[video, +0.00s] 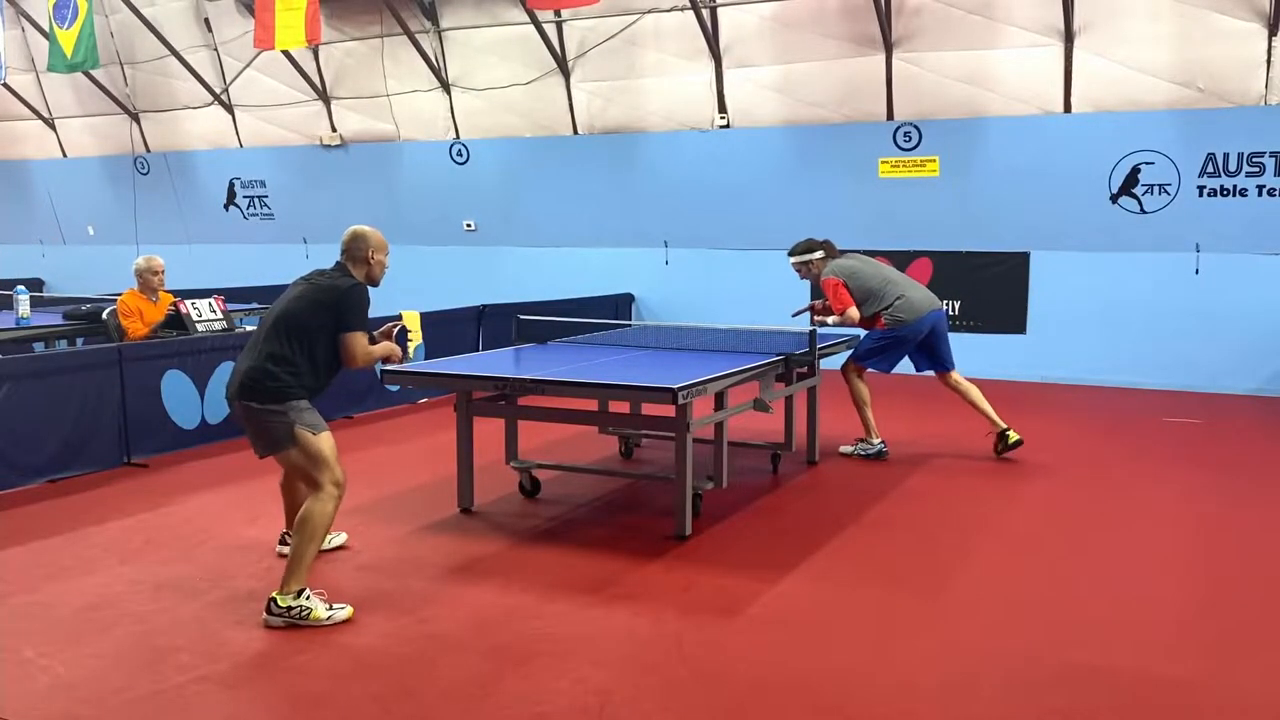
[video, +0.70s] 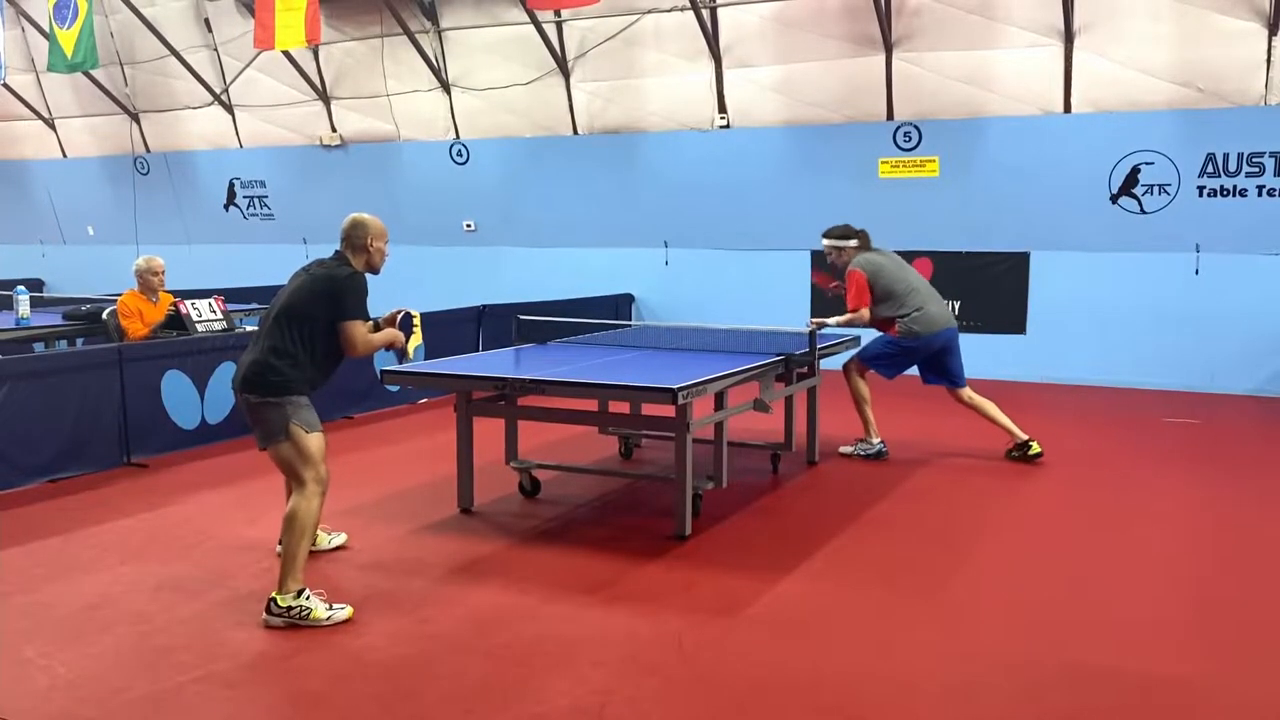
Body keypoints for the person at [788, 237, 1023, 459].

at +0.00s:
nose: (800, 276)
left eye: (800, 269)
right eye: (797, 270)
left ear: (815, 263)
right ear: (823, 257)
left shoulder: (830, 275)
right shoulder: (853, 260)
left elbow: (852, 316)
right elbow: (869, 305)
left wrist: (829, 318)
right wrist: (831, 306)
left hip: (902, 318)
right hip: (933, 309)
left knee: (852, 371)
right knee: (950, 377)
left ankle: (873, 441)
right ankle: (1003, 430)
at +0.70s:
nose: (828, 259)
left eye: (830, 253)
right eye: (827, 254)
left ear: (847, 248)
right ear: (854, 245)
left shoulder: (856, 267)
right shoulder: (885, 256)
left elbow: (861, 317)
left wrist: (831, 321)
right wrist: (852, 318)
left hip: (916, 330)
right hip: (946, 325)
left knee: (853, 369)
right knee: (963, 393)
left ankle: (872, 441)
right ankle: (1023, 440)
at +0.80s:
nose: (839, 249)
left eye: (842, 243)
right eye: (838, 243)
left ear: (860, 240)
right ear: (866, 238)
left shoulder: (868, 259)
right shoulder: (896, 249)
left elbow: (858, 309)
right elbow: (894, 292)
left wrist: (827, 316)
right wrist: (858, 285)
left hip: (921, 327)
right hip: (952, 323)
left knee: (858, 367)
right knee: (967, 392)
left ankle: (873, 440)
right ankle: (1025, 441)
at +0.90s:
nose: (854, 237)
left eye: (856, 231)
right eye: (852, 231)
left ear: (874, 230)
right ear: (884, 229)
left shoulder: (877, 251)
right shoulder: (909, 243)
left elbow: (858, 295)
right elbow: (898, 281)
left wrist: (827, 293)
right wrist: (864, 266)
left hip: (927, 324)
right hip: (959, 321)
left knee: (865, 366)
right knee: (971, 390)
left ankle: (873, 440)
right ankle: (1026, 442)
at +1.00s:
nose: (867, 227)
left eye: (870, 221)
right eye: (866, 221)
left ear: (888, 222)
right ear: (894, 221)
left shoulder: (888, 244)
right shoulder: (921, 237)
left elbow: (857, 281)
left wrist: (831, 258)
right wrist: (873, 264)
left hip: (933, 321)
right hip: (966, 318)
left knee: (873, 364)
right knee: (976, 387)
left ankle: (873, 440)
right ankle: (1026, 442)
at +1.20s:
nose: (888, 210)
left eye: (893, 204)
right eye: (890, 204)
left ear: (910, 208)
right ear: (917, 209)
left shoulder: (906, 232)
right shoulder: (944, 228)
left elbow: (866, 262)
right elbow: (943, 266)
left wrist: (841, 251)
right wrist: (911, 283)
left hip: (948, 317)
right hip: (981, 313)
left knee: (892, 367)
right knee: (984, 382)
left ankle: (875, 440)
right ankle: (1027, 442)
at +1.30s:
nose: (895, 205)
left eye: (900, 200)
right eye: (897, 199)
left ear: (917, 205)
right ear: (925, 206)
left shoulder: (909, 230)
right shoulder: (953, 226)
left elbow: (872, 260)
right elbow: (981, 261)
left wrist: (845, 256)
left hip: (951, 314)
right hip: (985, 311)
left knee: (896, 367)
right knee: (987, 382)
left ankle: (877, 440)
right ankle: (1027, 442)